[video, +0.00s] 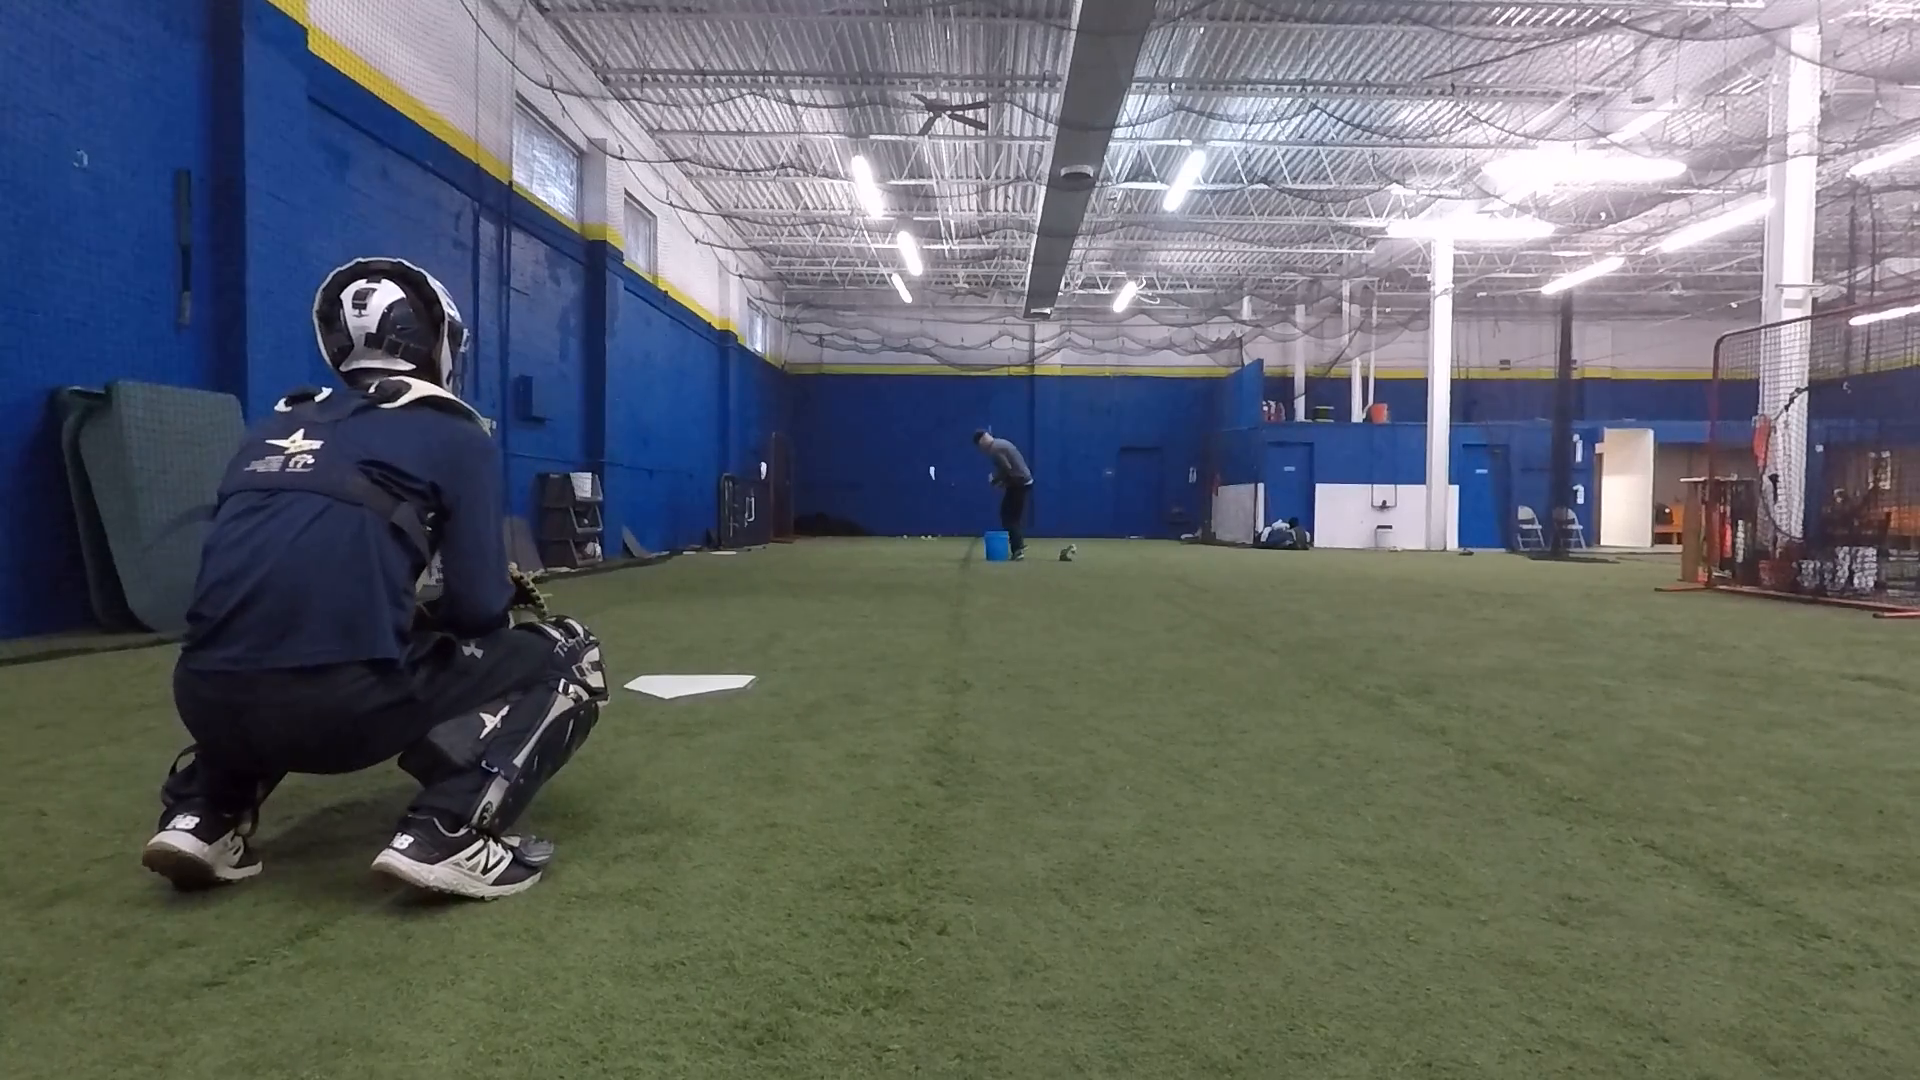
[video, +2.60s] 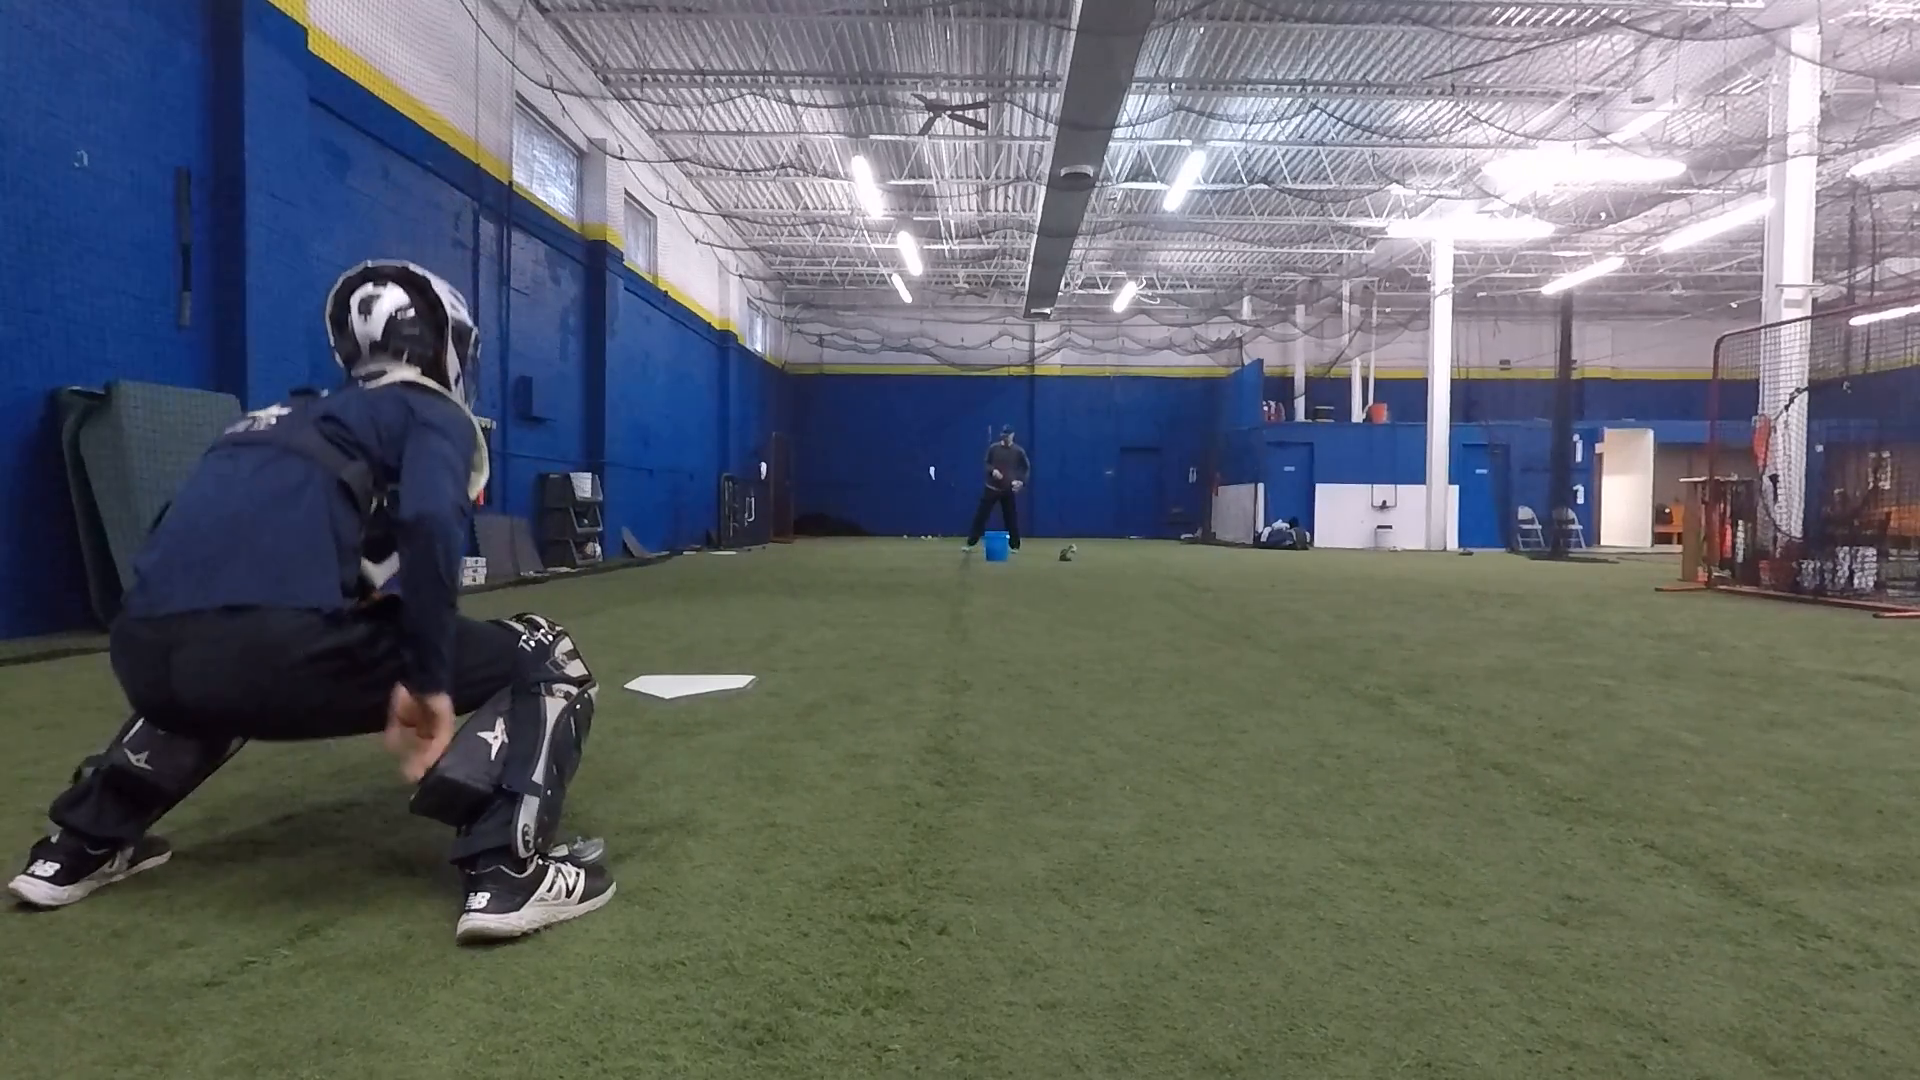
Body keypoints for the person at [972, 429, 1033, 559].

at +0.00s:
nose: (981, 448)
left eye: (980, 445)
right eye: (979, 445)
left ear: (983, 441)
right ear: (988, 436)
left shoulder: (995, 449)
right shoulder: (1002, 443)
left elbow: (1006, 468)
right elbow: (1010, 466)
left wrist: (996, 478)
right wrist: (1001, 479)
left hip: (1017, 483)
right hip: (1024, 480)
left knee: (1008, 515)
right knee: (1012, 514)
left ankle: (1017, 549)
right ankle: (1019, 543)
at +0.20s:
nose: (984, 440)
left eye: (984, 436)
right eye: (982, 437)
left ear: (989, 433)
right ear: (988, 434)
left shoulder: (1001, 445)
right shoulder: (999, 446)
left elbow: (1008, 466)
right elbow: (1004, 467)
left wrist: (995, 473)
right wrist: (994, 472)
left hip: (1013, 487)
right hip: (1008, 487)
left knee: (1009, 517)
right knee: (1001, 517)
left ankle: (1016, 549)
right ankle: (998, 549)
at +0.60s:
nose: (996, 431)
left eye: (998, 427)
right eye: (994, 428)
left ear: (1004, 427)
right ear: (992, 431)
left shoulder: (1014, 444)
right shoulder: (992, 447)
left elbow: (1020, 464)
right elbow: (991, 462)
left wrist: (1001, 469)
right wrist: (989, 468)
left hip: (1011, 487)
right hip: (997, 488)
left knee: (1010, 516)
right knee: (996, 517)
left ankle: (1025, 541)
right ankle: (995, 546)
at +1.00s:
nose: (1016, 429)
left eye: (1018, 426)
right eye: (1013, 426)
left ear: (1023, 428)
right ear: (1010, 429)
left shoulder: (1029, 446)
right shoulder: (1003, 446)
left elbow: (1036, 466)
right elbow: (999, 463)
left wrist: (1022, 475)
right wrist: (1002, 472)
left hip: (1022, 488)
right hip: (1006, 487)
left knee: (1022, 519)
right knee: (1002, 517)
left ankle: (1024, 548)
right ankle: (999, 547)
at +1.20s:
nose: (1018, 429)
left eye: (1020, 427)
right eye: (1016, 427)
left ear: (1025, 429)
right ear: (1013, 429)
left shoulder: (1031, 447)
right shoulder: (1005, 446)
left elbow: (1039, 465)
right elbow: (999, 463)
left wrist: (1033, 475)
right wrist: (992, 462)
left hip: (1024, 489)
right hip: (1007, 489)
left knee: (1024, 520)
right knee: (1005, 518)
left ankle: (1024, 548)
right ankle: (1004, 545)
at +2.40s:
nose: (1012, 439)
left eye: (1014, 436)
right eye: (1010, 436)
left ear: (1019, 436)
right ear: (1007, 436)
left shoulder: (1025, 452)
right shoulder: (1000, 448)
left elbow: (1032, 469)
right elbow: (991, 461)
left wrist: (1025, 482)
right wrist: (996, 470)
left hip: (1013, 489)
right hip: (997, 487)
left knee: (1013, 518)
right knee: (994, 516)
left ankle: (1014, 545)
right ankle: (990, 545)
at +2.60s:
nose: (1006, 437)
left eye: (1008, 434)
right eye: (1004, 434)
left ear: (1013, 435)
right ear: (1001, 435)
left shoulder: (1019, 451)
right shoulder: (993, 448)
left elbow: (1026, 468)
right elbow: (986, 464)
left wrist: (1021, 481)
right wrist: (992, 471)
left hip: (1008, 490)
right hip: (991, 489)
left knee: (1011, 518)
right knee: (981, 515)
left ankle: (1014, 546)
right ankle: (971, 543)